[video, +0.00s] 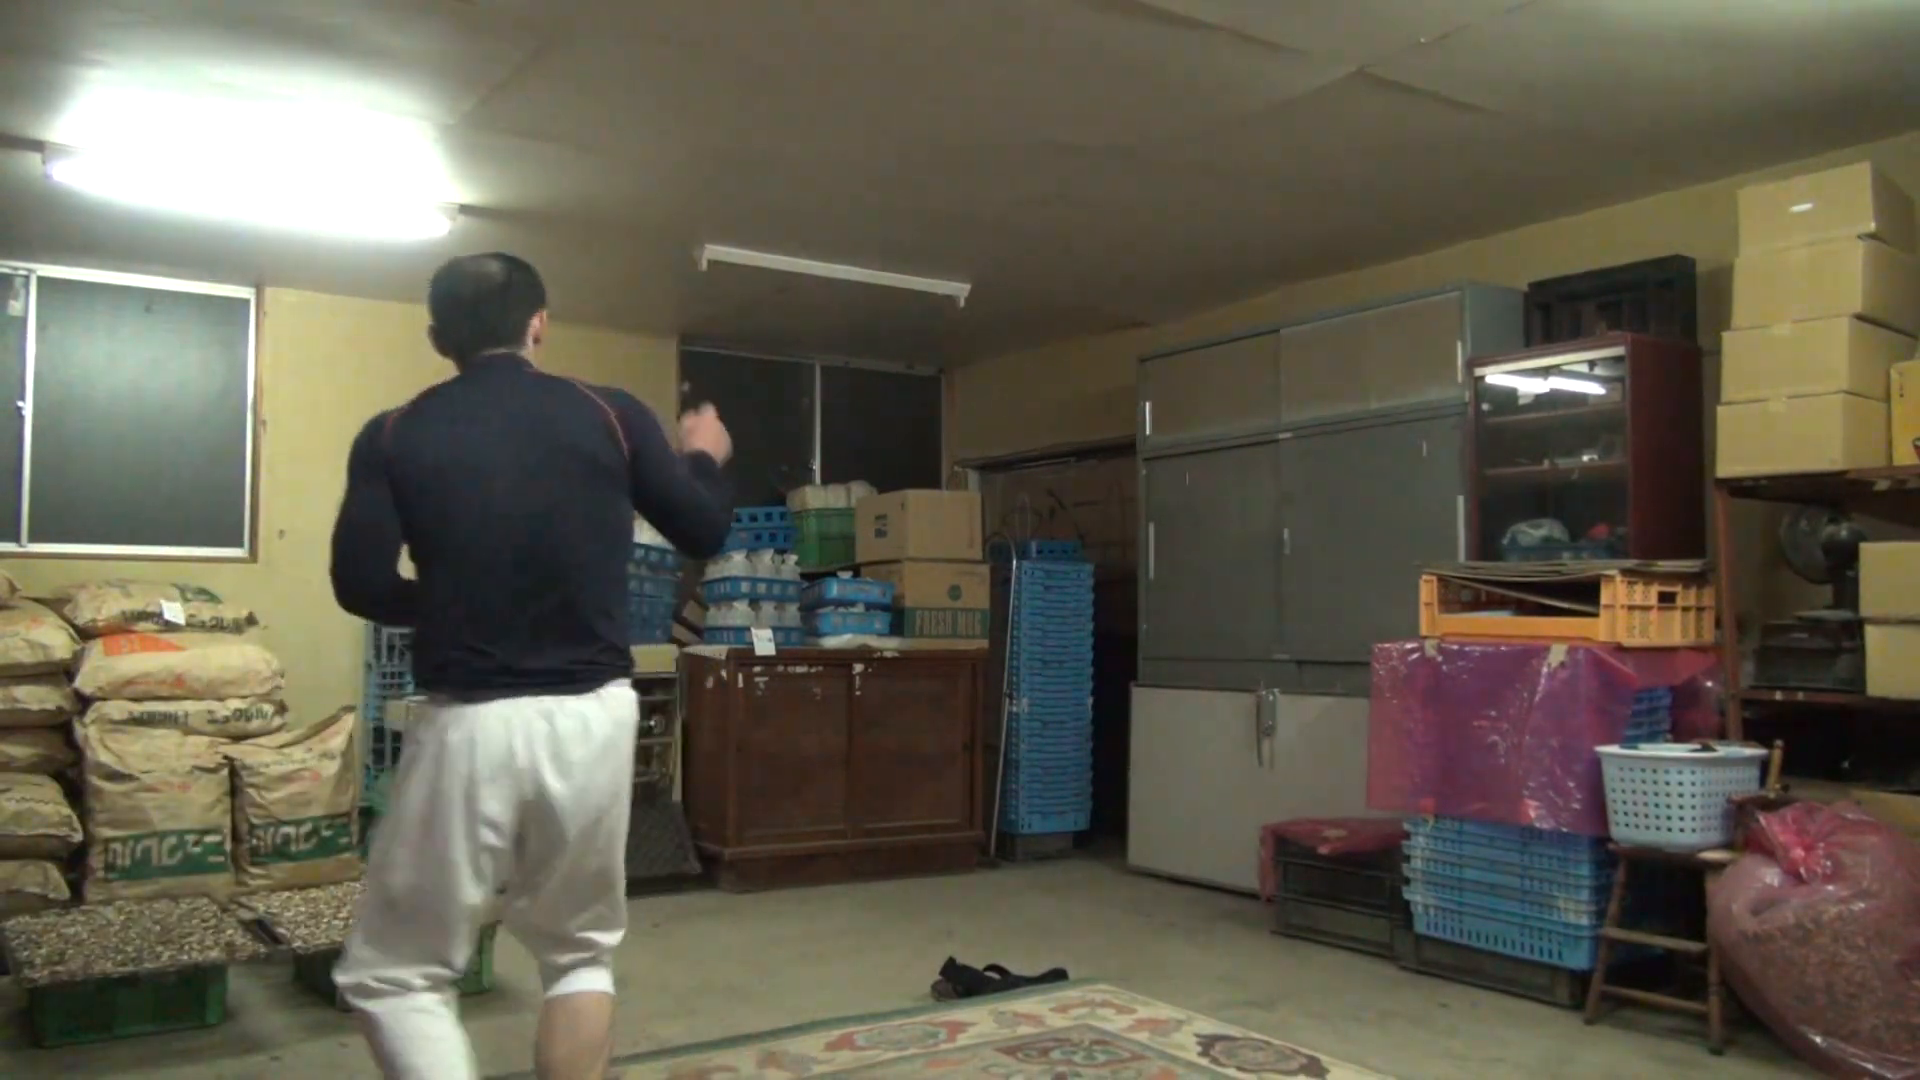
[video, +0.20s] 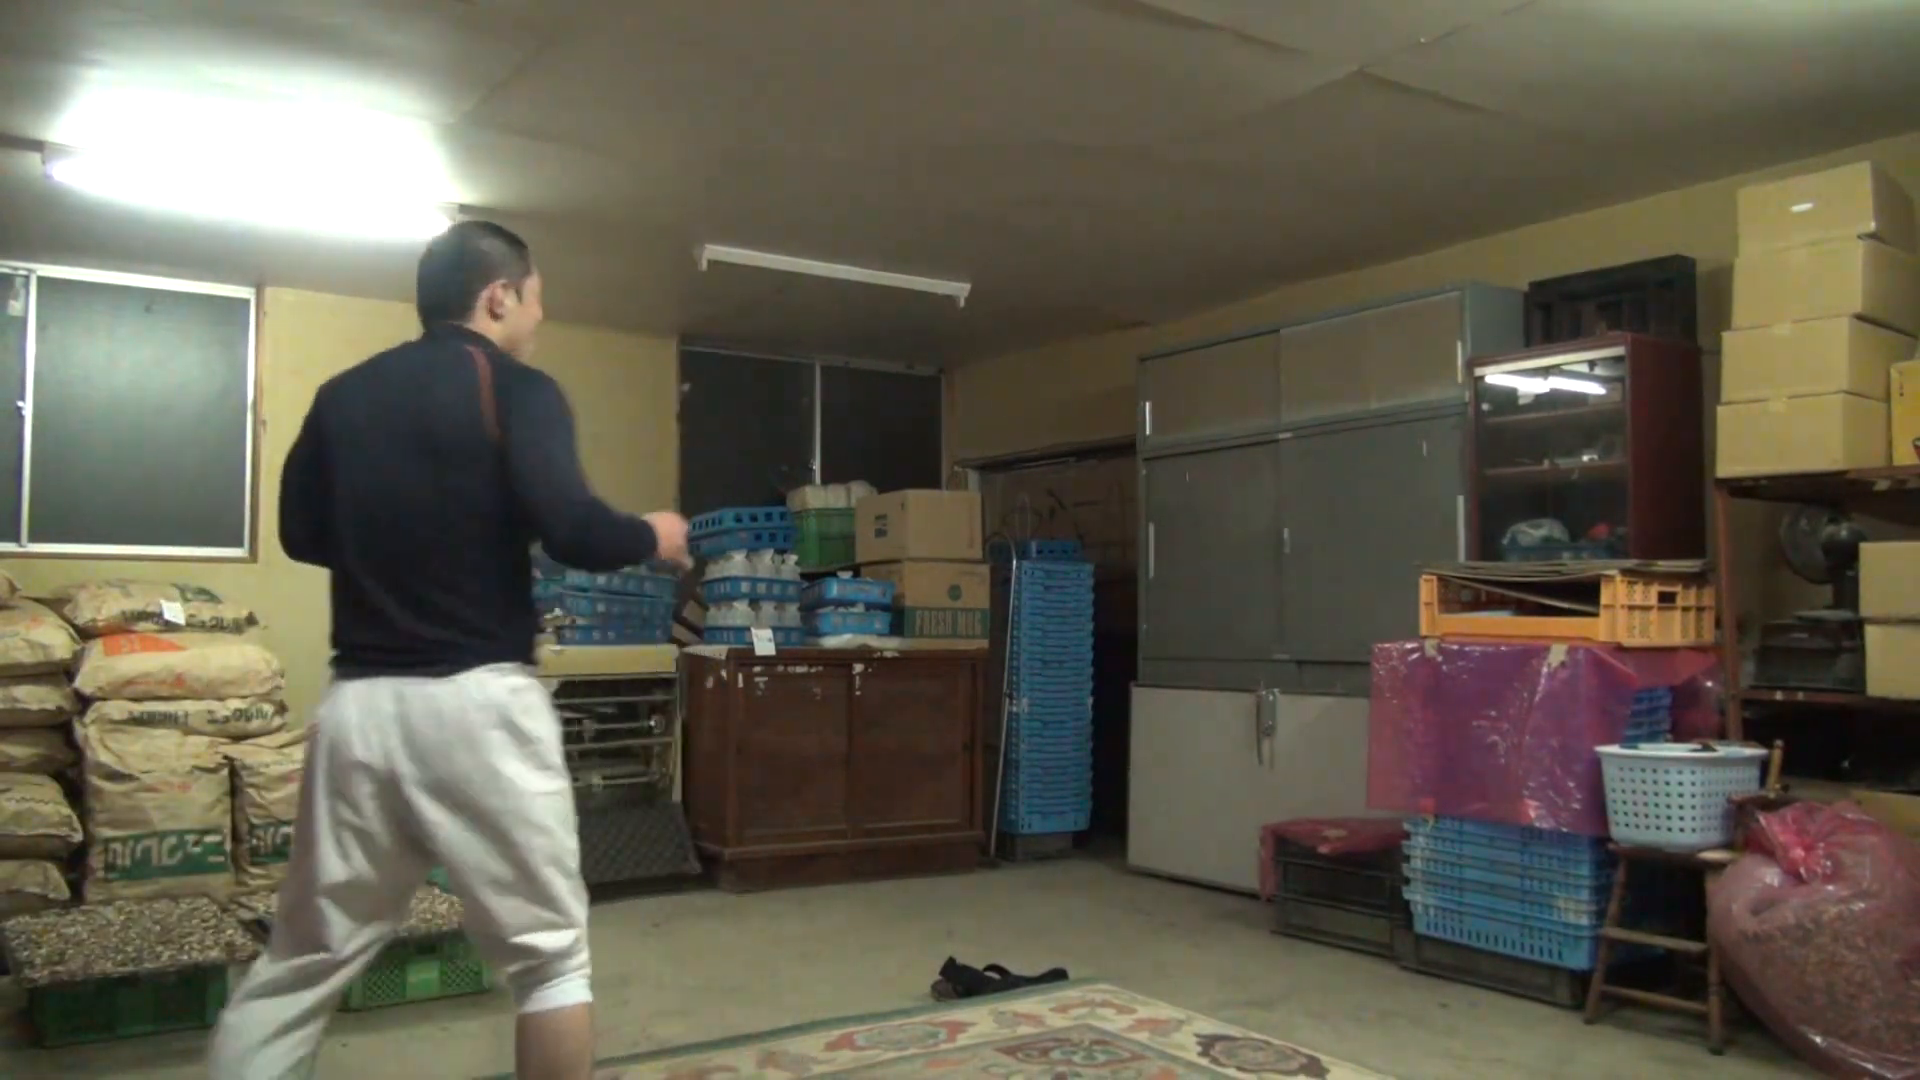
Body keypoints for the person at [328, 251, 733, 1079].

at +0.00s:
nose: (547, 328)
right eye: (545, 317)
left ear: (439, 338)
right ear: (537, 326)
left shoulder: (393, 436)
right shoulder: (609, 415)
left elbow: (360, 584)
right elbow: (703, 529)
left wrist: (452, 601)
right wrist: (705, 458)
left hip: (466, 729)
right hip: (593, 721)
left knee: (400, 974)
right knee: (580, 952)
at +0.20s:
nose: (537, 320)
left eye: (538, 302)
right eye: (533, 302)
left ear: (435, 302)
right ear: (496, 299)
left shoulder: (343, 394)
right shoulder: (515, 387)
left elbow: (303, 535)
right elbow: (570, 526)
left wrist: (411, 533)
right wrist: (649, 535)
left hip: (357, 710)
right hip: (483, 706)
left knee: (299, 966)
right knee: (551, 961)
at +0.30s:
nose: (518, 331)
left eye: (518, 312)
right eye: (509, 311)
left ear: (437, 314)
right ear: (458, 312)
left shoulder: (326, 404)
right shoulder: (444, 397)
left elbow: (293, 540)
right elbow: (468, 545)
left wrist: (450, 579)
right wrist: (598, 548)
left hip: (288, 723)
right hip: (401, 725)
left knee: (259, 981)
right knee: (518, 962)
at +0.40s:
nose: (496, 328)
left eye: (496, 309)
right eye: (486, 306)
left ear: (414, 309)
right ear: (426, 305)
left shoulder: (317, 393)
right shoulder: (389, 388)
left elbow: (326, 554)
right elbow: (376, 536)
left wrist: (449, 576)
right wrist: (527, 557)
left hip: (250, 727)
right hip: (352, 733)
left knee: (216, 1002)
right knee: (489, 957)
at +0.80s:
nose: (469, 273)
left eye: (466, 249)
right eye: (459, 249)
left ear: (366, 258)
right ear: (413, 252)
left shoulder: (259, 358)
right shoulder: (399, 336)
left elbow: (199, 505)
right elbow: (383, 472)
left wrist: (373, 541)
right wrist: (535, 522)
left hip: (192, 694)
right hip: (304, 701)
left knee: (182, 1010)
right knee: (357, 1014)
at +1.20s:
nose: (450, 307)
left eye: (450, 283)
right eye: (442, 282)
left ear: (365, 280)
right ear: (390, 279)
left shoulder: (242, 368)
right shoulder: (360, 367)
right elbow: (452, 518)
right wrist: (582, 456)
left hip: (149, 722)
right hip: (277, 719)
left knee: (104, 1029)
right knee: (425, 986)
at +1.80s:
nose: (473, 351)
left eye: (472, 335)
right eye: (474, 336)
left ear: (359, 319)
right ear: (456, 338)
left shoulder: (253, 400)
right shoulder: (484, 422)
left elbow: (225, 550)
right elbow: (590, 552)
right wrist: (635, 460)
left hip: (245, 752)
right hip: (398, 753)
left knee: (156, 1016)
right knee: (534, 983)